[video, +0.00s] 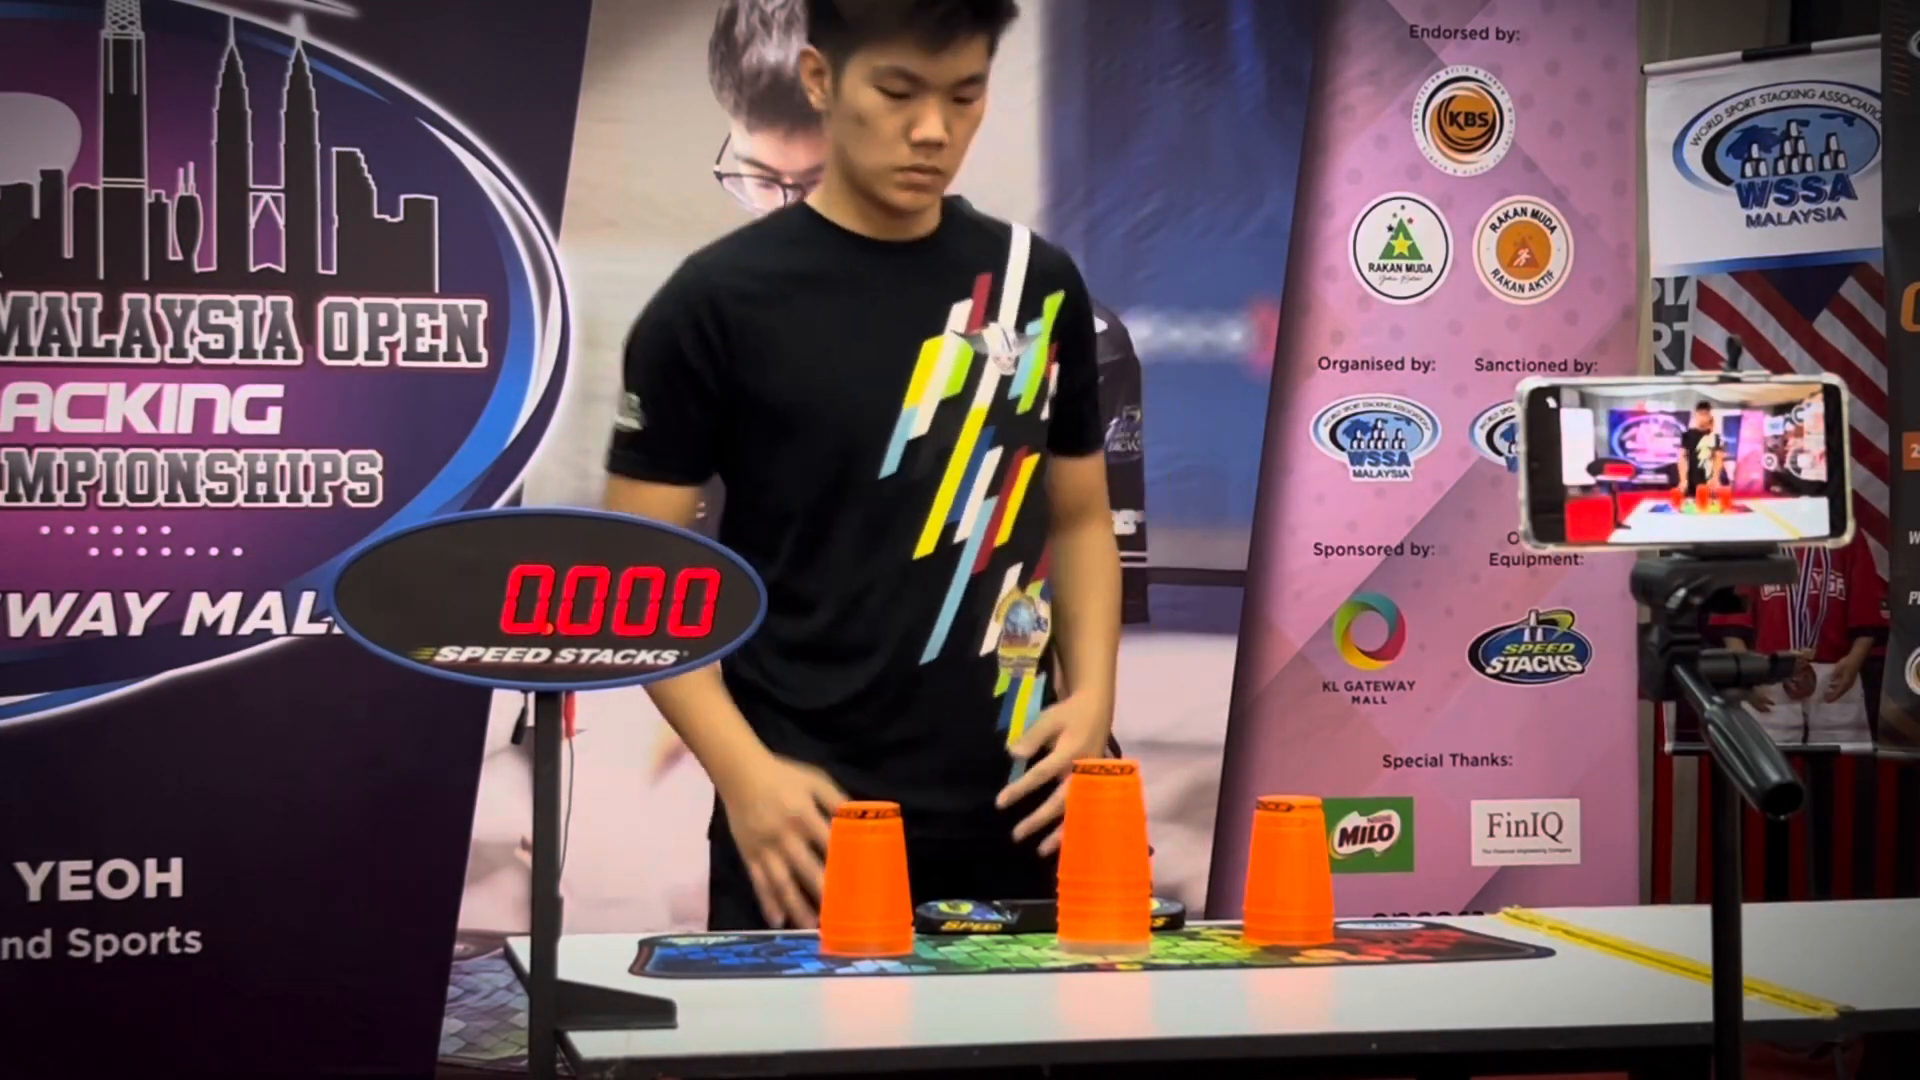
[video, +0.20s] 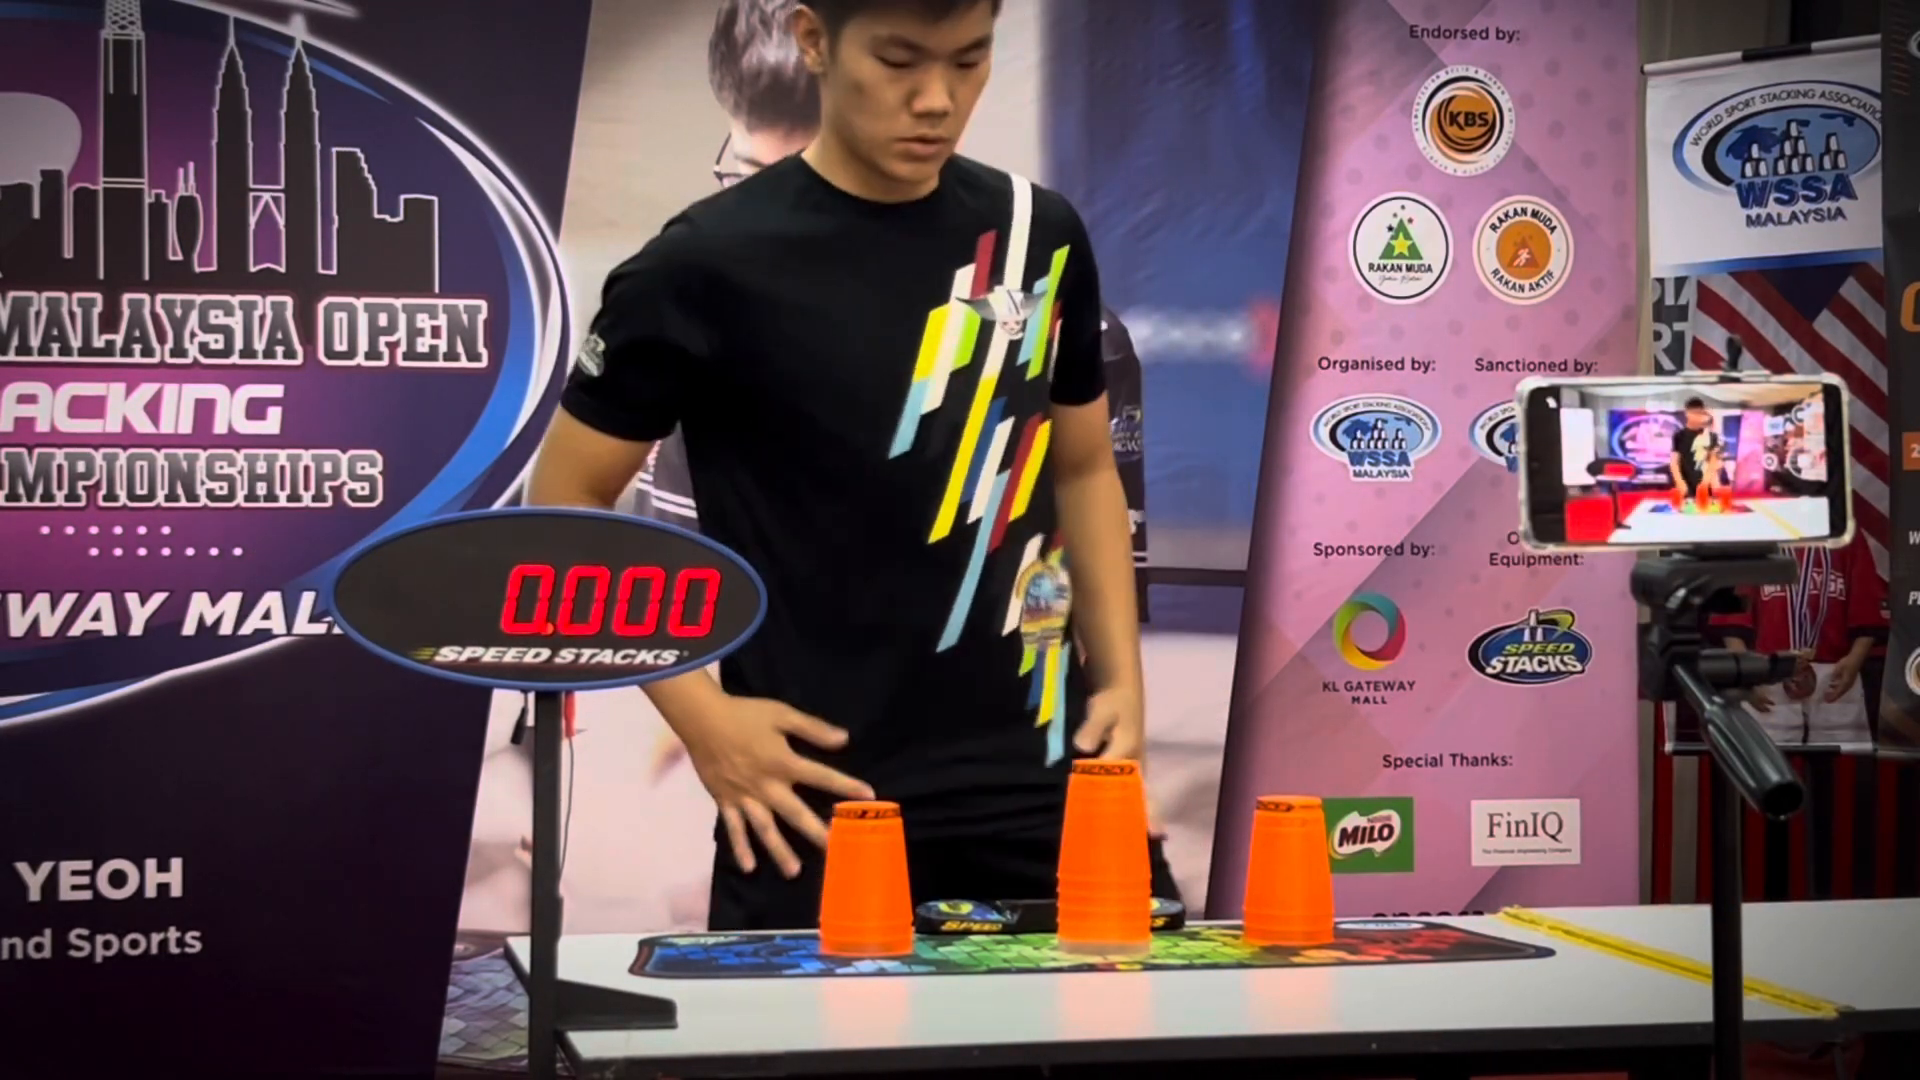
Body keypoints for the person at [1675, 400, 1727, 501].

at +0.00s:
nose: (1703, 418)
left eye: (1706, 414)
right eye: (1700, 414)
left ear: (1710, 415)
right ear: (1696, 415)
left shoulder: (1714, 437)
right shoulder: (1688, 436)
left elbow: (1718, 458)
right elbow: (1683, 458)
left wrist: (1715, 478)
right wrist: (1683, 480)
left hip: (1709, 484)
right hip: (1692, 483)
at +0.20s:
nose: (1697, 417)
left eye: (1700, 413)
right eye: (1693, 413)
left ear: (1704, 414)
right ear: (1687, 414)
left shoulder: (1711, 436)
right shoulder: (1680, 436)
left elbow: (1713, 461)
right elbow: (1674, 462)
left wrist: (1706, 482)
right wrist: (1680, 484)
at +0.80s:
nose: (1706, 415)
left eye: (1710, 410)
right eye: (1703, 410)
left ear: (1714, 410)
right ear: (1697, 410)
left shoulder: (1722, 434)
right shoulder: (1688, 435)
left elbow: (1727, 459)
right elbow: (1683, 460)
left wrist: (1727, 481)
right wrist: (1678, 484)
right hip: (1692, 489)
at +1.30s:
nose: (1707, 418)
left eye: (1711, 414)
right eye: (1704, 413)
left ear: (1715, 413)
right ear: (1697, 411)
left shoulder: (1719, 436)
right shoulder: (1686, 435)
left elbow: (1722, 462)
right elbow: (1676, 460)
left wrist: (1720, 487)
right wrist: (1678, 480)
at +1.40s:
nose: (1708, 418)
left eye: (1712, 414)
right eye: (1705, 413)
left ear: (1716, 413)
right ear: (1698, 412)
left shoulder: (1720, 437)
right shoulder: (1687, 435)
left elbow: (1723, 463)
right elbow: (1679, 463)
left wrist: (1719, 485)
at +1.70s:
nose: (1709, 420)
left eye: (1713, 416)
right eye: (1706, 415)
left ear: (1717, 415)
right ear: (1700, 412)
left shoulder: (1721, 438)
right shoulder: (1688, 435)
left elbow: (1724, 466)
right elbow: (1675, 462)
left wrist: (1716, 485)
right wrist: (1688, 491)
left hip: (1712, 497)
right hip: (1692, 496)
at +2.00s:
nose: (1709, 425)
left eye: (1713, 421)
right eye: (1706, 420)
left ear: (1717, 420)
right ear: (1700, 417)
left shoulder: (1720, 442)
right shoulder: (1687, 439)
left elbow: (1724, 470)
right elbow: (1672, 465)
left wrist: (1714, 494)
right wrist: (1685, 496)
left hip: (1710, 500)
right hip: (1690, 499)